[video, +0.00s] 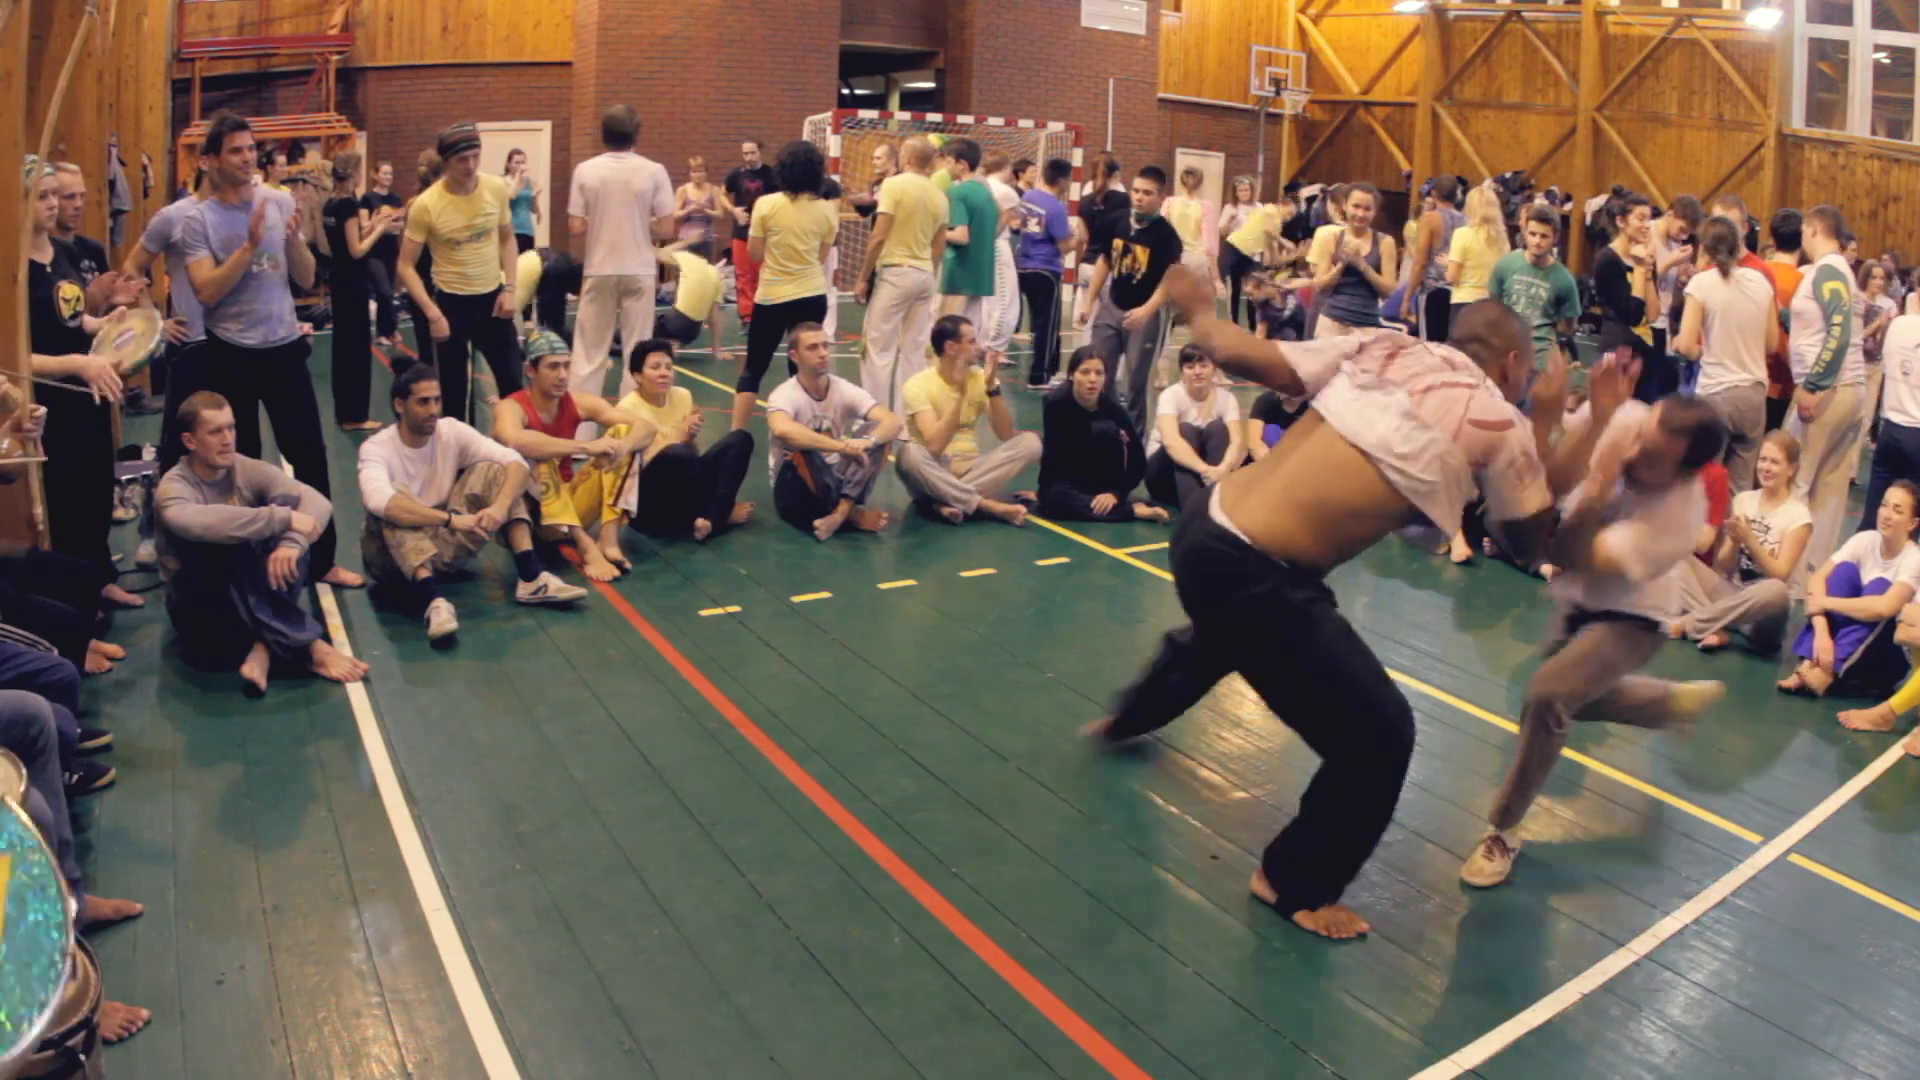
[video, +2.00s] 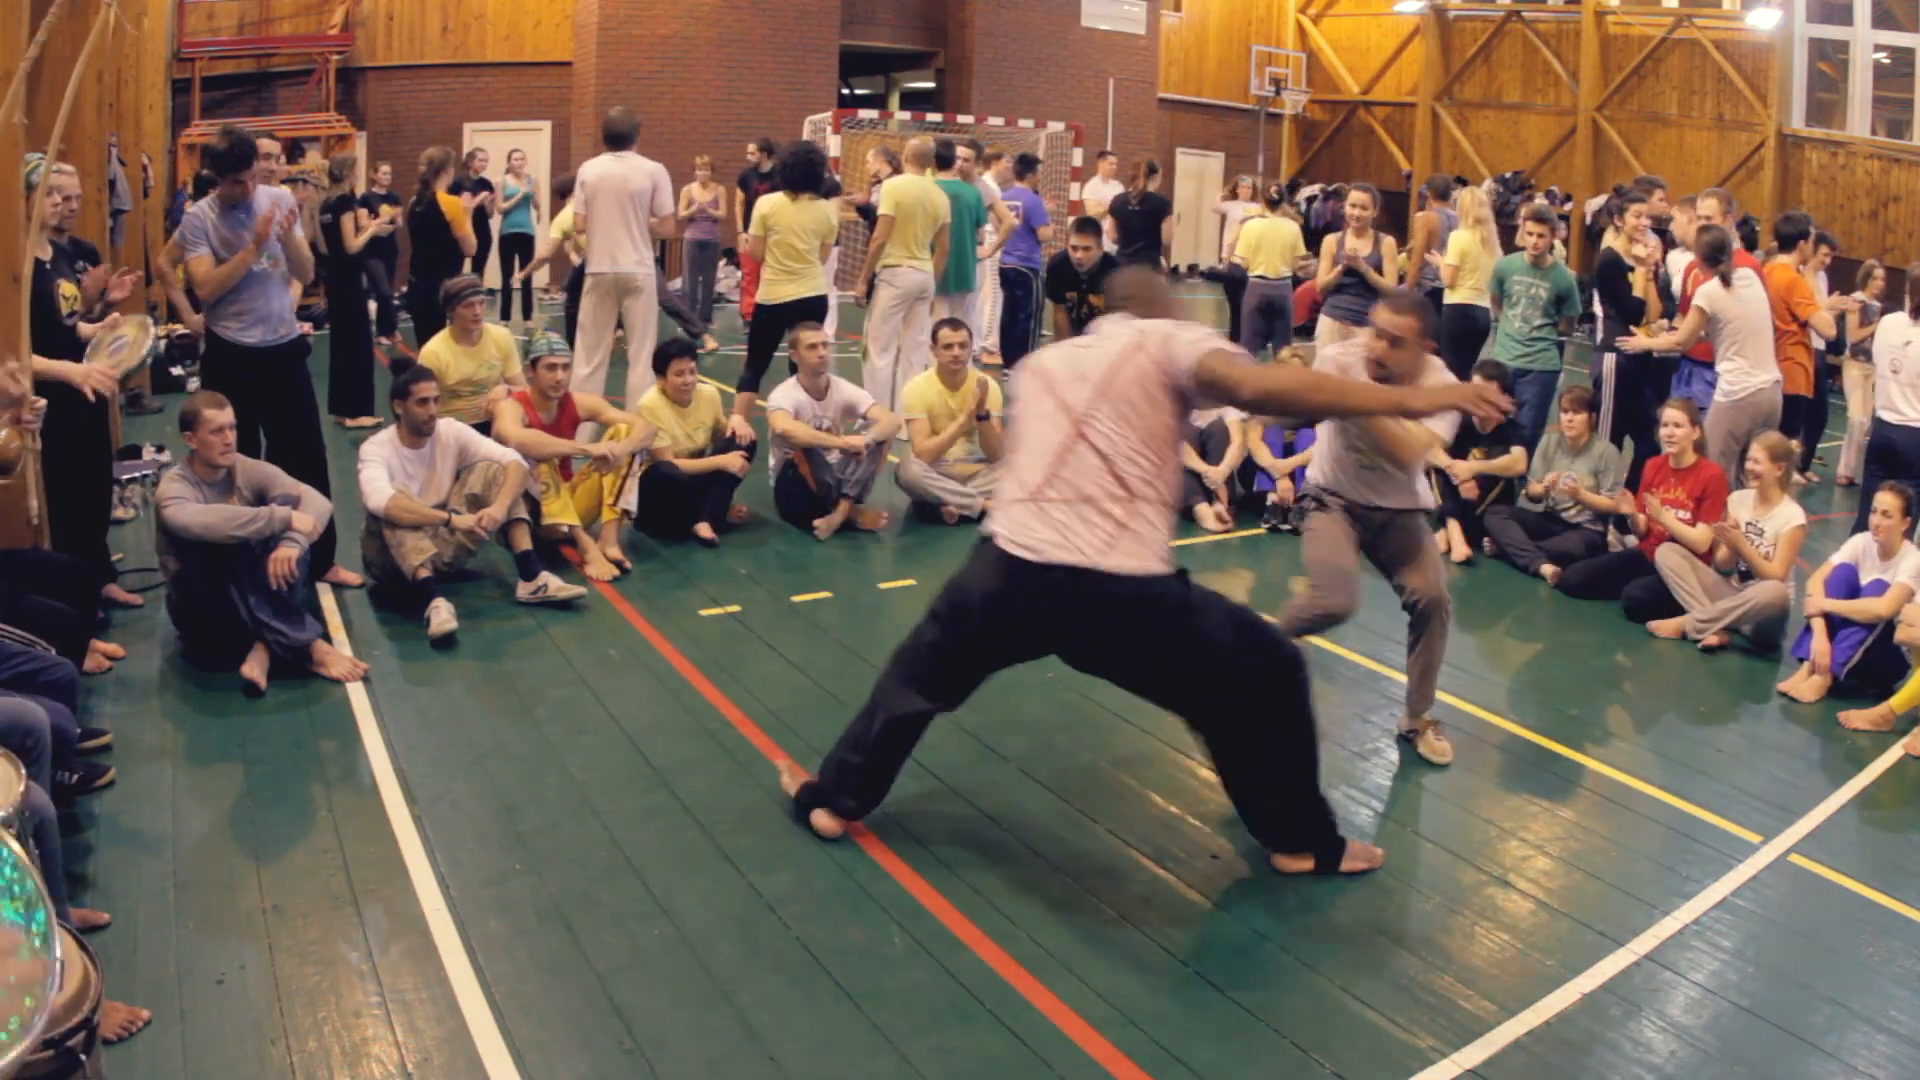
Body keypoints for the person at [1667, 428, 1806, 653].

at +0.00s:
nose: (1766, 467)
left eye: (1775, 462)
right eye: (1762, 459)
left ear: (1792, 469)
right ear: (1756, 462)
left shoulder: (1799, 515)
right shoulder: (1743, 500)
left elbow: (1781, 573)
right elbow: (1723, 566)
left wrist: (1748, 540)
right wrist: (1734, 540)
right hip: (1730, 589)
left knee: (1774, 590)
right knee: (1678, 557)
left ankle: (1686, 625)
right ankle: (1710, 629)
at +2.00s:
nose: (1748, 467)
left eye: (1757, 462)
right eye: (1748, 460)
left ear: (1779, 469)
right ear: (1744, 463)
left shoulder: (1793, 516)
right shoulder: (1737, 499)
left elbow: (1776, 575)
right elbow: (1721, 564)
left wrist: (1739, 543)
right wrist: (1731, 543)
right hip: (1729, 593)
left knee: (1774, 591)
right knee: (1666, 552)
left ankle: (1685, 624)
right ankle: (1711, 629)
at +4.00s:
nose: (1754, 471)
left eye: (1764, 465)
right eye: (1752, 463)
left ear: (1783, 473)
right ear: (1746, 465)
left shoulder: (1794, 520)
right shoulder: (1735, 502)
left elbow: (1776, 578)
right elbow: (1719, 566)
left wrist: (1741, 550)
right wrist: (1735, 550)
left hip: (1760, 606)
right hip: (1726, 594)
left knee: (1775, 594)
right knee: (1666, 552)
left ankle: (1685, 624)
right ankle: (1712, 629)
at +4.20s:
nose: (1757, 471)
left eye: (1766, 465)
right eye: (1754, 463)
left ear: (1784, 473)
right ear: (1748, 466)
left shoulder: (1794, 521)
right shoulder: (1734, 502)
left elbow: (1776, 578)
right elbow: (1720, 567)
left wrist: (1743, 551)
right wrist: (1730, 549)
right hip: (1726, 589)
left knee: (1774, 594)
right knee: (1685, 555)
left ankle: (1690, 624)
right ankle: (1709, 631)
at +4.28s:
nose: (1758, 471)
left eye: (1767, 465)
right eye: (1755, 463)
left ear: (1785, 473)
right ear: (1748, 466)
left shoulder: (1794, 521)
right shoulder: (1734, 502)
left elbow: (1777, 576)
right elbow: (1721, 546)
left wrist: (1742, 547)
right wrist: (1722, 536)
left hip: (1765, 589)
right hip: (1728, 582)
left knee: (1773, 591)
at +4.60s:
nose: (1759, 472)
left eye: (1769, 466)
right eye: (1756, 464)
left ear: (1785, 474)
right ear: (1749, 466)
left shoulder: (1794, 522)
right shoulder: (1735, 502)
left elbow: (1776, 579)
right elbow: (1720, 564)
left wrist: (1742, 549)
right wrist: (1733, 547)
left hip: (1764, 601)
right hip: (1727, 589)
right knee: (1666, 554)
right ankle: (1707, 620)